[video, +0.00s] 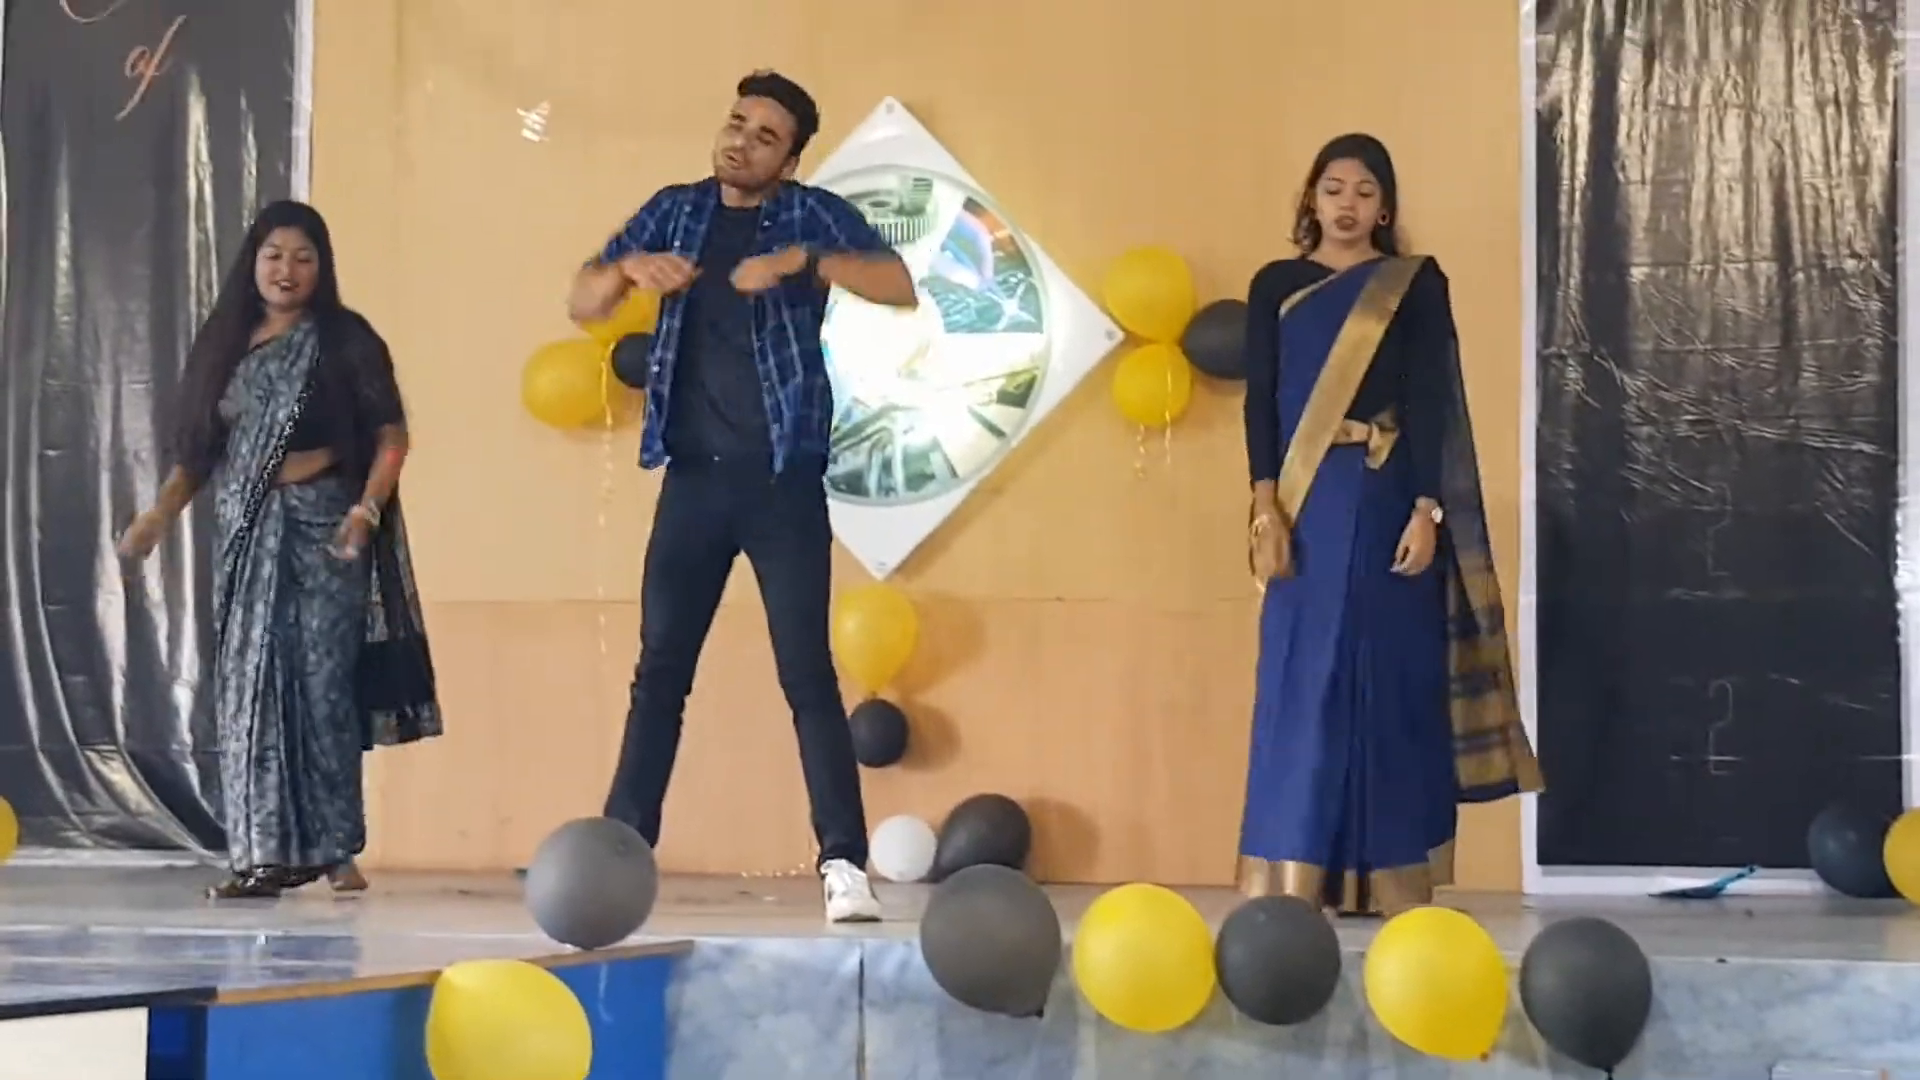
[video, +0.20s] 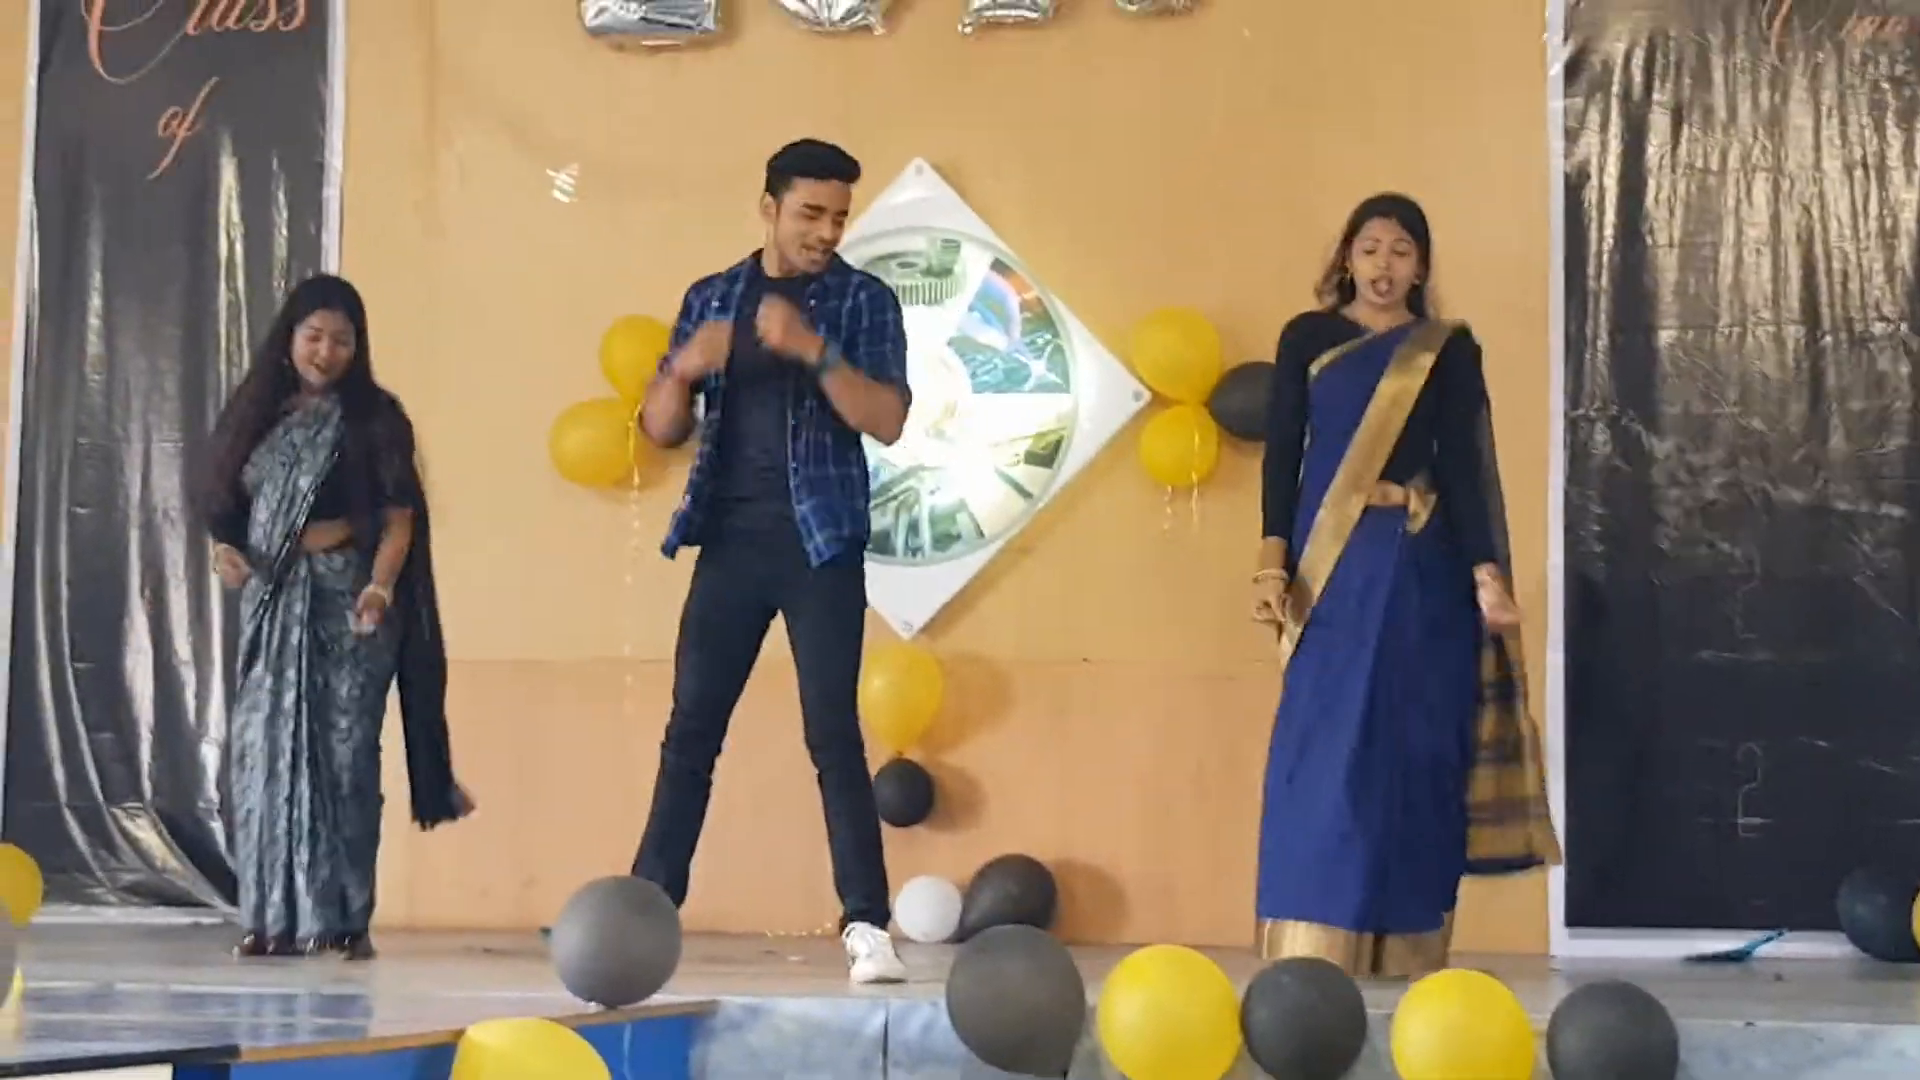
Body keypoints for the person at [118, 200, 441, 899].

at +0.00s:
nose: (287, 269)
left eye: (302, 258)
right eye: (274, 255)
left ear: (322, 268)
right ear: (253, 264)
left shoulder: (349, 339)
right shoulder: (228, 343)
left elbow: (391, 435)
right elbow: (202, 446)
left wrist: (367, 506)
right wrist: (161, 513)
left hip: (327, 529)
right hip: (250, 530)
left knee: (324, 685)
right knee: (253, 682)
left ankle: (334, 849)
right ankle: (266, 854)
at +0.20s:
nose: (326, 350)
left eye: (341, 339)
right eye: (314, 335)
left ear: (356, 346)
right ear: (288, 337)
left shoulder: (376, 415)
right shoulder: (255, 408)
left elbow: (401, 513)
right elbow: (215, 483)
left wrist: (381, 583)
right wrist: (222, 543)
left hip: (351, 605)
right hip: (271, 603)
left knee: (344, 760)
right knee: (265, 757)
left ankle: (346, 920)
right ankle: (267, 918)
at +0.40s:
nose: (425, 395)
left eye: (440, 384)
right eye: (414, 380)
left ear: (457, 393)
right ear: (387, 381)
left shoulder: (470, 464)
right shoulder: (345, 445)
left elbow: (482, 553)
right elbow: (288, 524)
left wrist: (467, 613)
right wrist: (318, 553)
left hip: (429, 646)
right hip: (350, 644)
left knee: (440, 786)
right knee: (351, 793)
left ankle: (458, 941)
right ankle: (353, 958)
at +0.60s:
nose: (500, 422)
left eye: (515, 410)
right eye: (487, 409)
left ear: (535, 422)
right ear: (466, 418)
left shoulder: (553, 506)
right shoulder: (426, 489)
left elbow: (559, 604)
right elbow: (378, 567)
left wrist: (540, 658)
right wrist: (389, 614)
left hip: (503, 686)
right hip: (420, 680)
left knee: (514, 833)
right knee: (411, 827)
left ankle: (536, 993)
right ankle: (408, 985)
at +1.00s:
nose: (544, 474)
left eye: (559, 460)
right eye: (530, 463)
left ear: (583, 469)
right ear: (513, 475)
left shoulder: (619, 553)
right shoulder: (479, 549)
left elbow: (647, 660)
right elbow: (432, 647)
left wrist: (603, 621)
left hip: (577, 746)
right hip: (487, 748)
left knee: (571, 914)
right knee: (485, 911)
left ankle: (569, 1062)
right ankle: (482, 1062)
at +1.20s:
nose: (481, 521)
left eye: (497, 506)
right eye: (470, 509)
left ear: (530, 512)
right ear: (459, 521)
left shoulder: (589, 587)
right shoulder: (451, 602)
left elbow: (632, 682)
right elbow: (428, 697)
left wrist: (568, 711)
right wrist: (420, 751)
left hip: (550, 797)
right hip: (464, 797)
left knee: (543, 954)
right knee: (427, 945)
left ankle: (539, 1069)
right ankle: (455, 1068)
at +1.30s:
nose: (445, 530)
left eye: (460, 516)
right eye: (434, 520)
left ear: (494, 522)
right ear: (423, 534)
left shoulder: (545, 592)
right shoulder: (420, 618)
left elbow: (609, 686)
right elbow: (404, 718)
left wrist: (551, 740)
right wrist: (394, 763)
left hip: (522, 803)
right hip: (437, 808)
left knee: (519, 966)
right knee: (418, 962)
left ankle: (516, 1068)